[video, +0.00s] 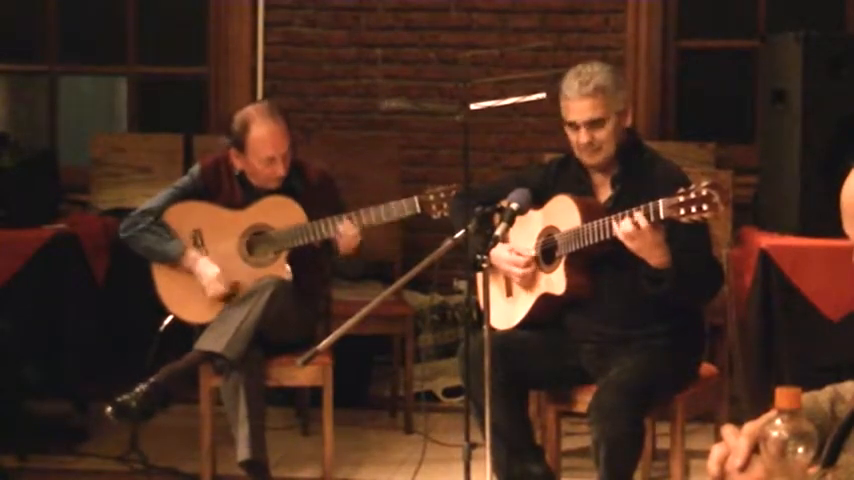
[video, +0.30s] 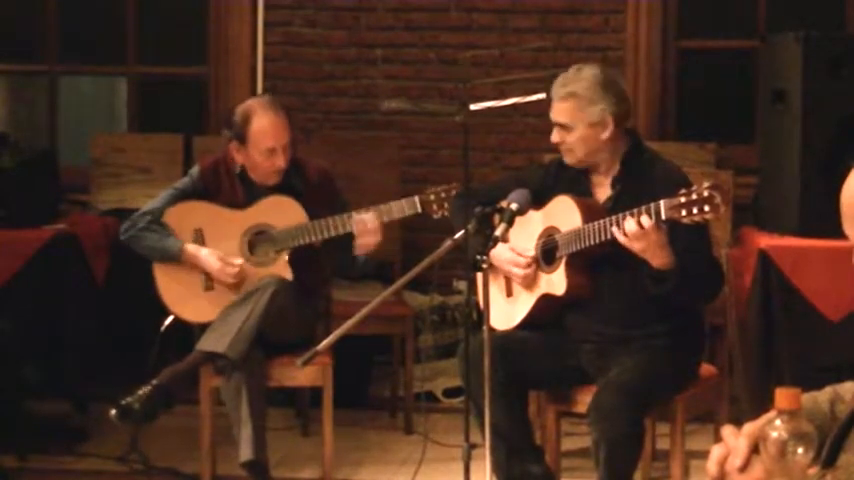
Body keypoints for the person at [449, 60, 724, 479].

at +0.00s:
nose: (585, 138)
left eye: (597, 125)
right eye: (573, 127)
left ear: (624, 117)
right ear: (563, 124)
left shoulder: (666, 183)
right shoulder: (557, 177)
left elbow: (705, 284)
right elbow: (467, 202)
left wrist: (662, 259)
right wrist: (489, 249)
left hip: (652, 344)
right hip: (572, 338)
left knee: (613, 404)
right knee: (484, 352)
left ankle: (613, 474)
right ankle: (525, 471)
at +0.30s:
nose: (555, 138)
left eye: (565, 128)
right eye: (554, 127)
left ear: (606, 126)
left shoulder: (666, 185)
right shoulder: (558, 178)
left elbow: (707, 285)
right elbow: (467, 202)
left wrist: (664, 262)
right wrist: (488, 248)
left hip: (653, 345)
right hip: (574, 338)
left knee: (612, 405)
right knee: (486, 353)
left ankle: (613, 474)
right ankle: (523, 471)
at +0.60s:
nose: (549, 139)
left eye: (557, 129)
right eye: (548, 128)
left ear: (597, 128)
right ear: (592, 129)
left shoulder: (664, 186)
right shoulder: (557, 178)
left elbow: (705, 286)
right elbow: (468, 205)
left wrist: (660, 261)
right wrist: (488, 249)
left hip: (654, 343)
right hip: (575, 335)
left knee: (613, 405)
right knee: (484, 354)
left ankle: (613, 474)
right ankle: (524, 471)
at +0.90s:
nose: (547, 140)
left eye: (555, 131)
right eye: (547, 130)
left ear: (594, 130)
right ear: (591, 131)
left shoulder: (664, 185)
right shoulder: (556, 179)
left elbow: (708, 285)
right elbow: (468, 204)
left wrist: (664, 263)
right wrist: (488, 250)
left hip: (655, 346)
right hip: (576, 338)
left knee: (613, 407)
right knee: (485, 358)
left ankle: (616, 475)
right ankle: (524, 473)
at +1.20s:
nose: (549, 143)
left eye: (556, 134)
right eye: (548, 132)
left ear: (596, 132)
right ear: (593, 134)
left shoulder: (668, 183)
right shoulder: (558, 178)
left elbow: (716, 286)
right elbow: (467, 206)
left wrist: (671, 266)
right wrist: (489, 253)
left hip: (662, 346)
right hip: (581, 340)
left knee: (619, 412)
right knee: (488, 361)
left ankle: (622, 474)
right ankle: (523, 472)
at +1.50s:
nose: (557, 147)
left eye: (566, 136)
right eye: (556, 135)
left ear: (609, 131)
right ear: (606, 133)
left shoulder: (684, 186)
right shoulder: (565, 177)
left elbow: (732, 294)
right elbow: (469, 210)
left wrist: (687, 274)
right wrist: (493, 261)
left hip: (675, 357)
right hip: (589, 351)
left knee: (630, 430)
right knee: (488, 373)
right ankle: (525, 473)